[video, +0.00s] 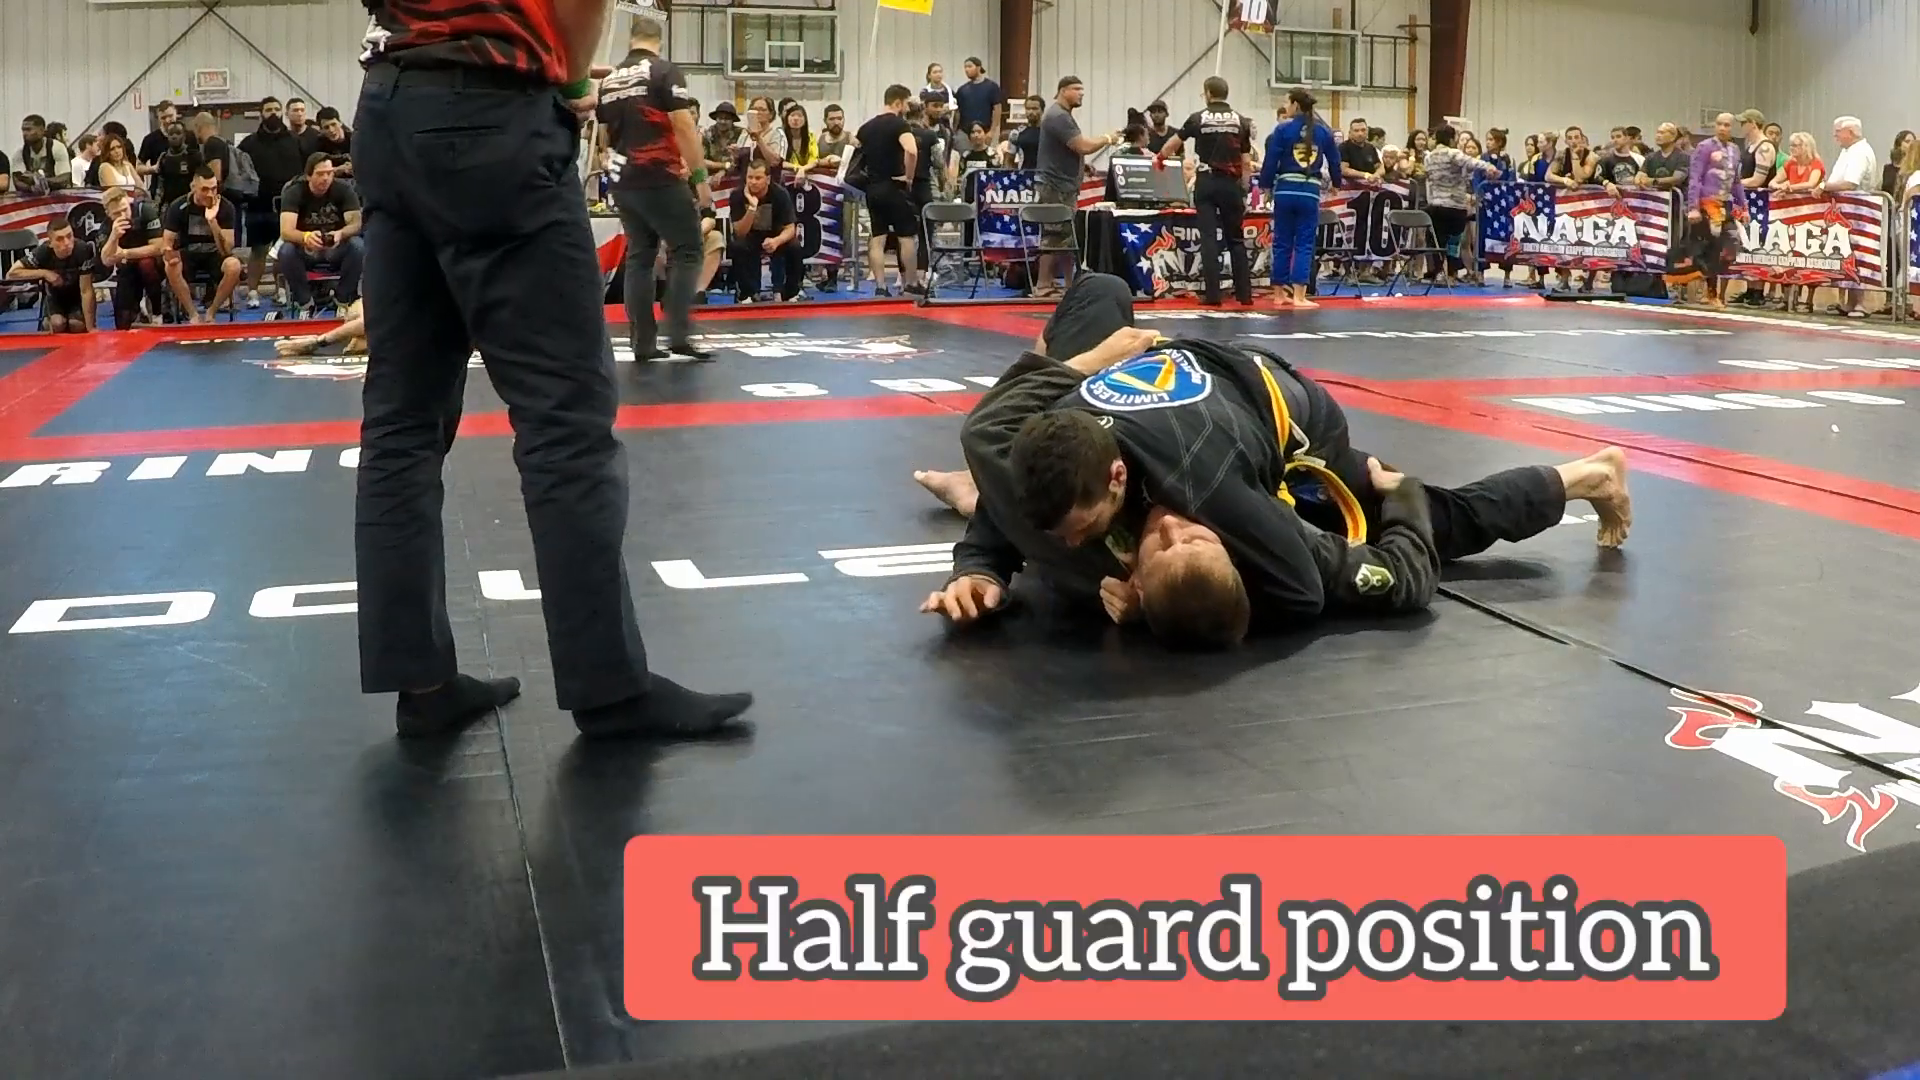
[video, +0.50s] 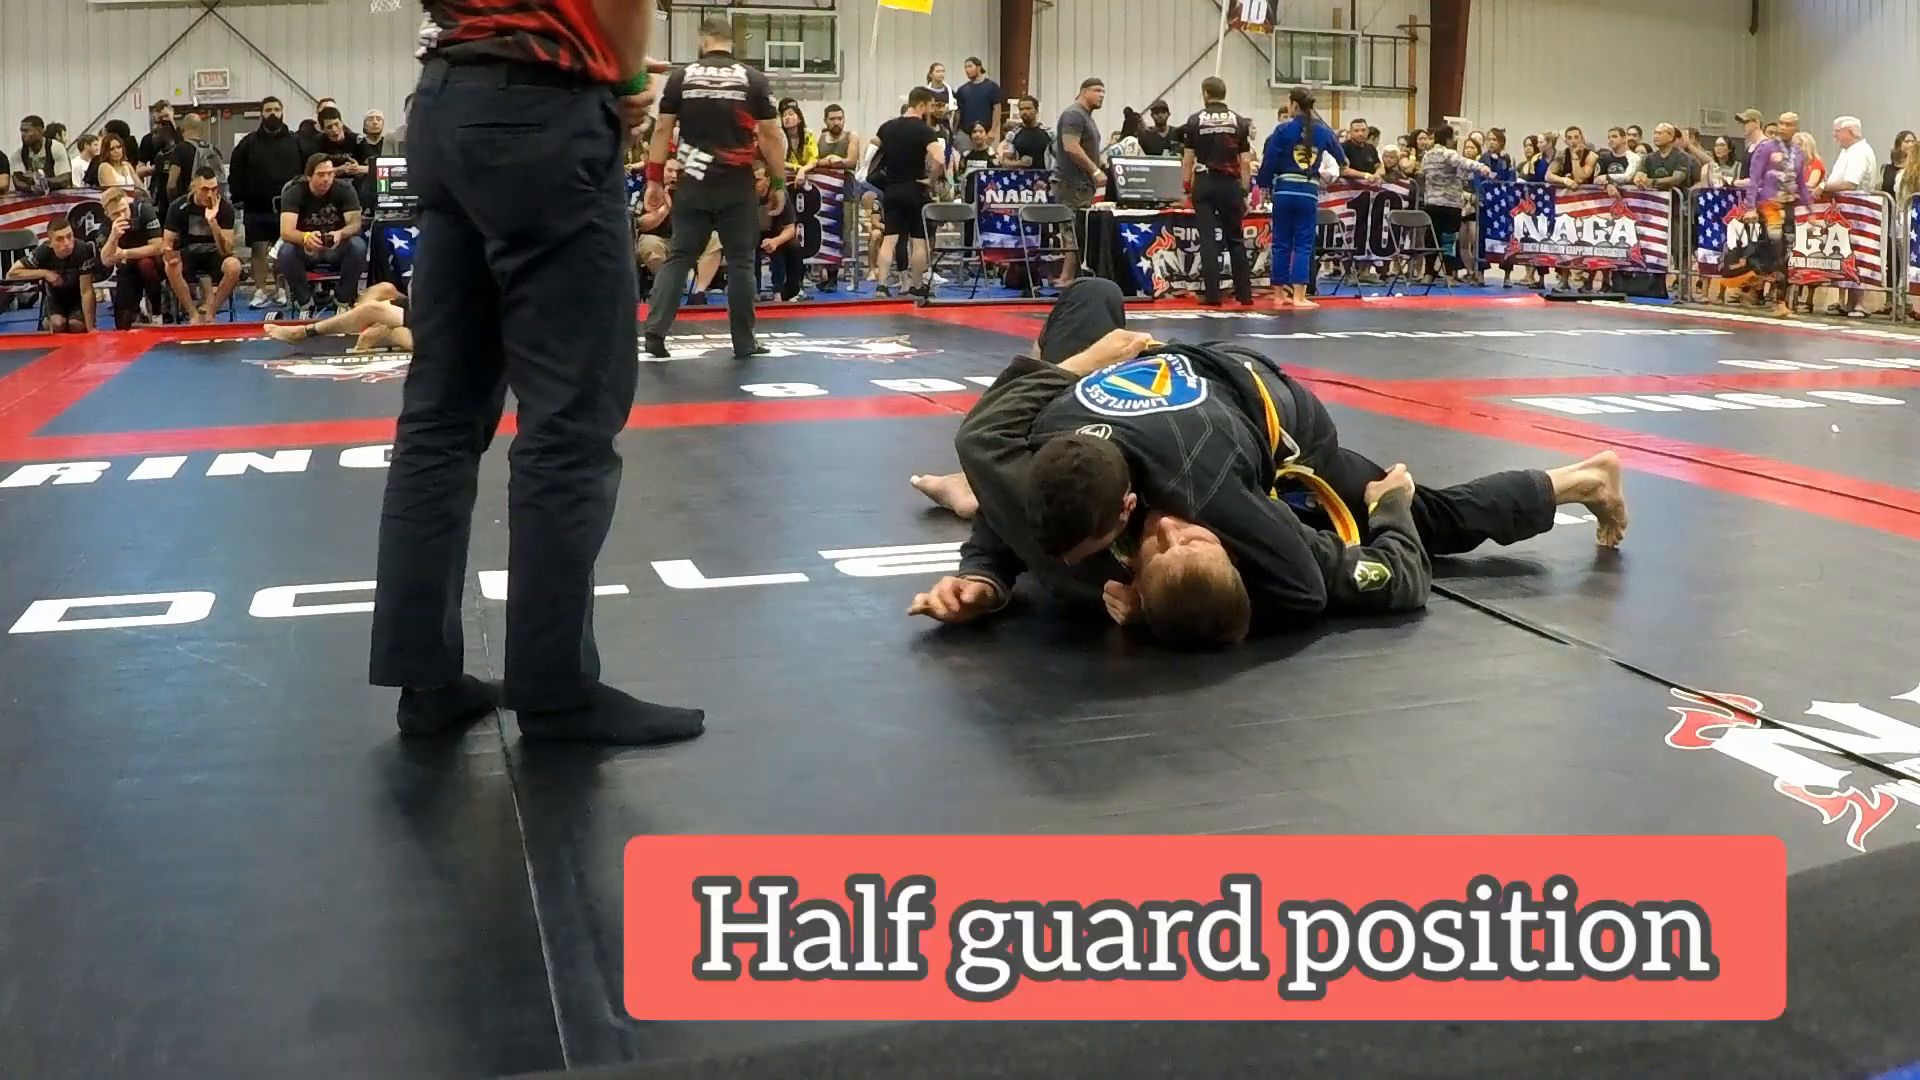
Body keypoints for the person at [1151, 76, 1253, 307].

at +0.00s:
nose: (1203, 95)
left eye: (1204, 92)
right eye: (1205, 92)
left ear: (1207, 94)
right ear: (1227, 94)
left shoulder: (1197, 119)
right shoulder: (1241, 121)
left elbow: (1170, 146)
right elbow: (1245, 159)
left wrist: (1160, 158)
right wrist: (1243, 185)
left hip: (1205, 181)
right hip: (1231, 183)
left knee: (1208, 238)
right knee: (1235, 239)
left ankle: (1212, 295)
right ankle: (1244, 295)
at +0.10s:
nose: (1202, 96)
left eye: (1203, 93)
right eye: (1204, 92)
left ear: (1207, 95)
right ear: (1226, 94)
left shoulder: (1197, 119)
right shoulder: (1241, 121)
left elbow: (1170, 146)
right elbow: (1245, 160)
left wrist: (1161, 156)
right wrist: (1244, 187)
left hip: (1205, 182)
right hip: (1231, 184)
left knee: (1208, 239)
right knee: (1236, 239)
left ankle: (1212, 296)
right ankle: (1244, 295)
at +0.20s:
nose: (1202, 96)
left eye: (1203, 93)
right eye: (1204, 93)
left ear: (1206, 95)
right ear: (1226, 94)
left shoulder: (1196, 118)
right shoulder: (1240, 120)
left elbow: (1173, 146)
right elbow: (1245, 160)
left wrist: (1163, 159)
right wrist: (1245, 188)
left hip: (1204, 182)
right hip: (1231, 183)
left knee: (1208, 238)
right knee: (1235, 239)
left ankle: (1212, 295)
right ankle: (1244, 295)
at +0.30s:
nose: (1202, 97)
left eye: (1203, 93)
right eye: (1204, 93)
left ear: (1206, 95)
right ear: (1226, 94)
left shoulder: (1196, 119)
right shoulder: (1241, 121)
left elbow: (1177, 148)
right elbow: (1245, 159)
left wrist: (1168, 169)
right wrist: (1245, 187)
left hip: (1203, 182)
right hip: (1230, 183)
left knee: (1207, 239)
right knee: (1236, 239)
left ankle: (1212, 295)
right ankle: (1244, 295)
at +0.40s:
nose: (1203, 96)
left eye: (1203, 93)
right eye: (1206, 93)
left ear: (1206, 95)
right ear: (1225, 94)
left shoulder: (1195, 120)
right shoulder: (1240, 121)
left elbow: (1181, 155)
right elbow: (1245, 160)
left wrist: (1176, 180)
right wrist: (1245, 187)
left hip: (1203, 181)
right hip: (1230, 182)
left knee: (1207, 238)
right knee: (1236, 239)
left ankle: (1212, 295)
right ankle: (1244, 294)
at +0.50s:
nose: (1202, 96)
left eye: (1202, 93)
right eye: (1205, 93)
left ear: (1205, 95)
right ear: (1224, 94)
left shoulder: (1195, 121)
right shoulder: (1240, 122)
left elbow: (1188, 158)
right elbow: (1245, 160)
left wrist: (1186, 183)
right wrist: (1244, 190)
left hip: (1203, 180)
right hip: (1230, 181)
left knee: (1207, 238)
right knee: (1236, 238)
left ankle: (1212, 294)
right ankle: (1244, 294)